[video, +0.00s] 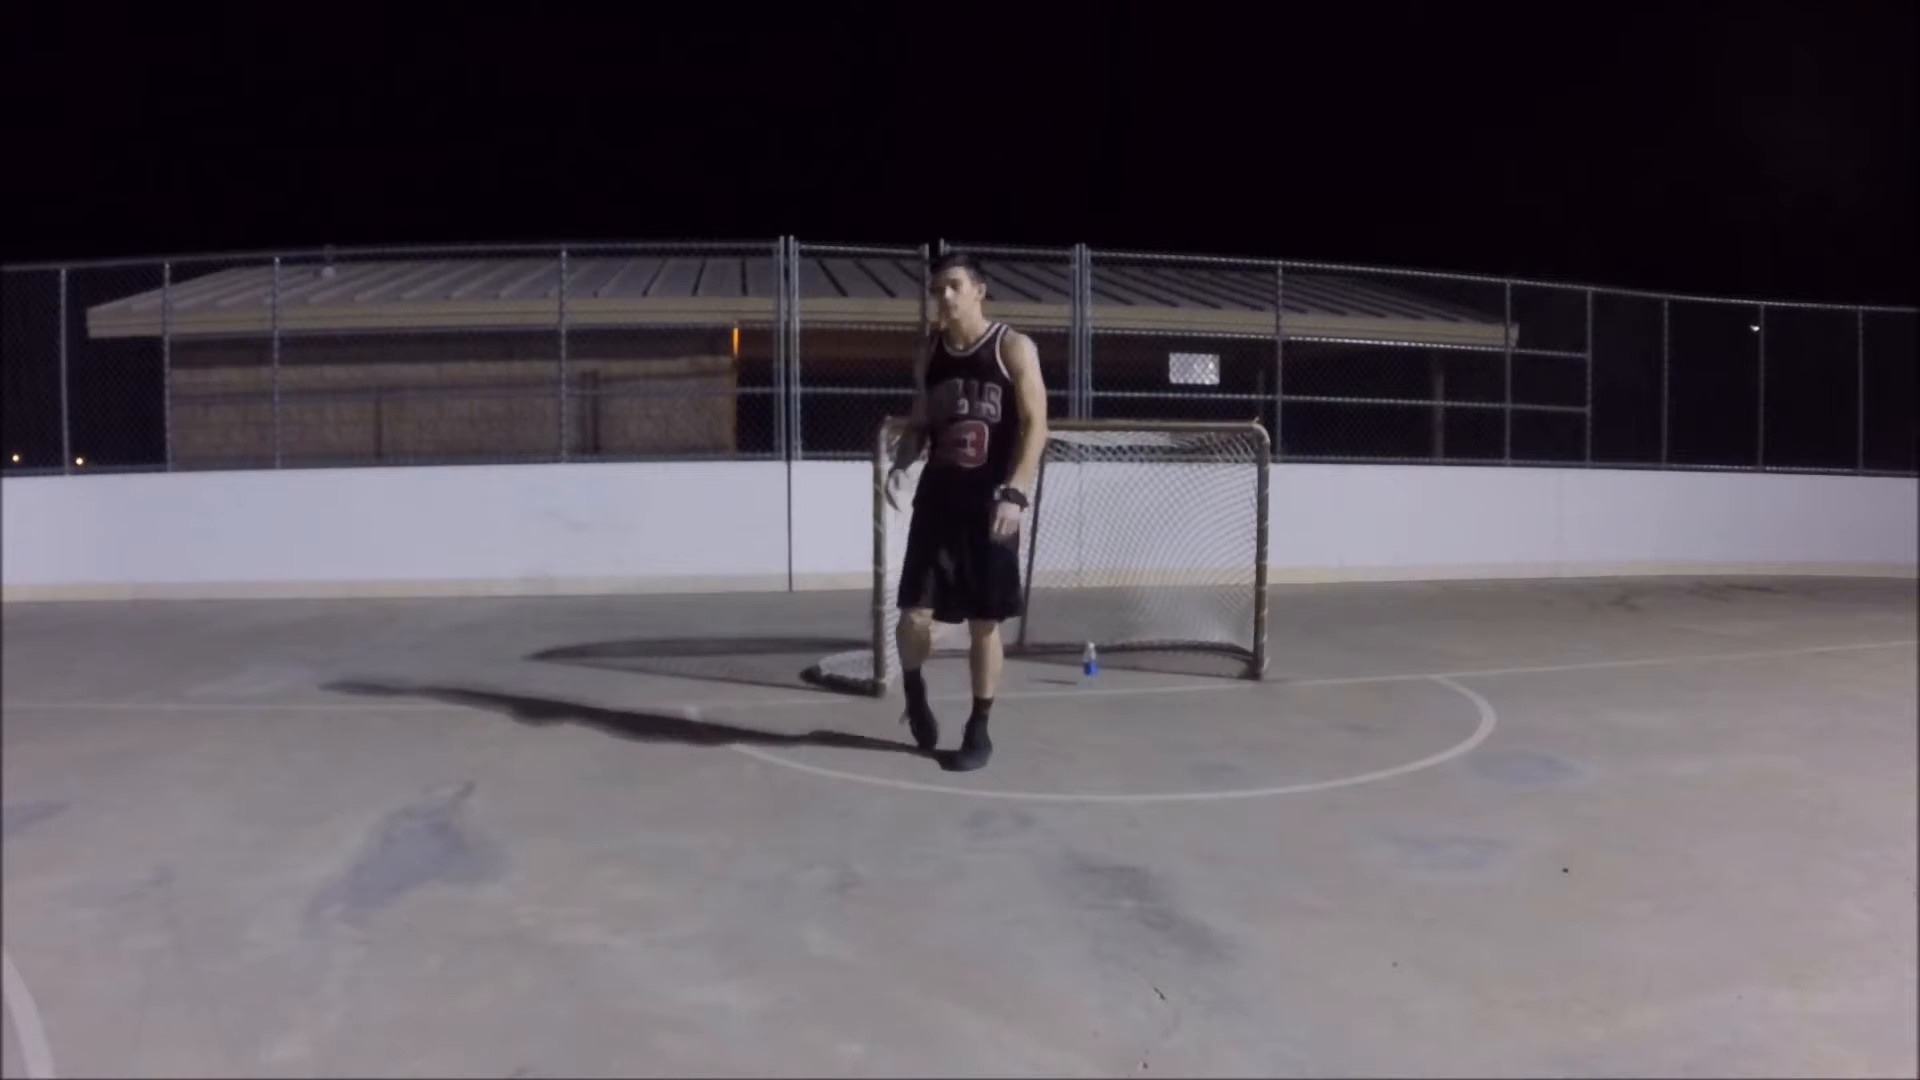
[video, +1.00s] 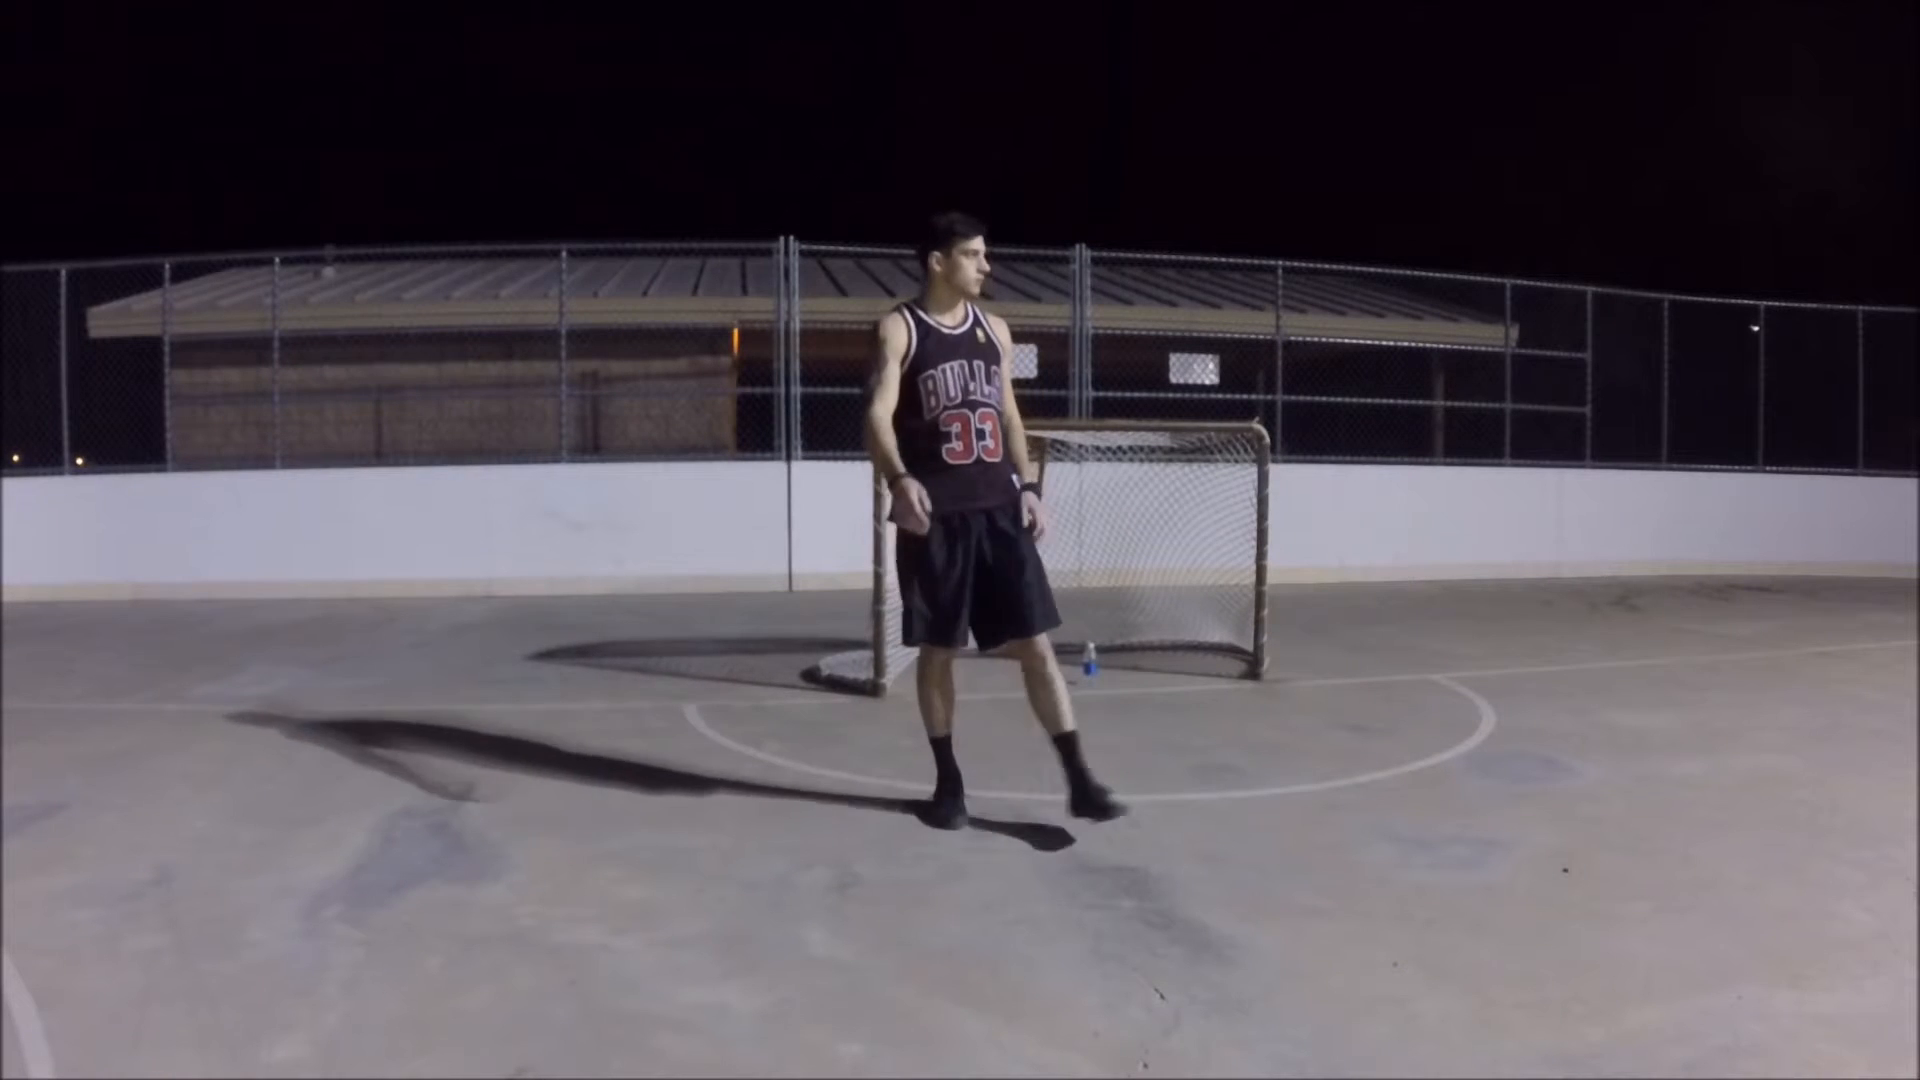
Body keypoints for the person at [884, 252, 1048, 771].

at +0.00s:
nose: (943, 296)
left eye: (953, 286)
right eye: (937, 289)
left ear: (979, 291)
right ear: (931, 298)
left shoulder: (1013, 347)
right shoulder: (930, 351)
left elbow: (1036, 424)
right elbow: (923, 423)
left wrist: (1016, 492)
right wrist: (900, 451)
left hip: (991, 499)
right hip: (938, 496)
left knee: (984, 621)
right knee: (914, 618)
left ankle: (977, 730)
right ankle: (914, 688)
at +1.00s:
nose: (983, 266)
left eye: (984, 256)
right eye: (971, 256)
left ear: (980, 264)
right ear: (936, 262)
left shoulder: (993, 327)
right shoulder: (901, 326)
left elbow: (1009, 415)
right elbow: (878, 414)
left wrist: (1028, 484)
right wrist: (898, 478)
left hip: (1001, 511)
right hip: (935, 517)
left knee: (1037, 647)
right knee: (938, 651)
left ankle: (1081, 782)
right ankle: (948, 784)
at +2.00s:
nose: (1067, 241)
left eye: (1067, 231)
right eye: (1054, 232)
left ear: (1064, 243)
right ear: (1014, 243)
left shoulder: (1103, 315)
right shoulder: (976, 326)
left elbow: (1139, 408)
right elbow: (956, 423)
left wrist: (1155, 495)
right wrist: (944, 508)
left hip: (1088, 522)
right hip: (1011, 524)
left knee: (1076, 668)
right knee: (989, 662)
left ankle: (1065, 818)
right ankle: (960, 764)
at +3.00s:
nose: (1052, 230)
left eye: (1059, 219)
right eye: (1037, 225)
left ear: (1081, 232)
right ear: (1021, 247)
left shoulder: (1124, 320)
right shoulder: (999, 316)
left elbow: (1152, 423)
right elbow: (970, 423)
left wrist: (1167, 521)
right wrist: (968, 515)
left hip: (1093, 524)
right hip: (1016, 522)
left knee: (1079, 673)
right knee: (994, 674)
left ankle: (1064, 820)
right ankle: (955, 799)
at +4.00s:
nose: (940, 240)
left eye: (952, 229)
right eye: (930, 232)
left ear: (978, 241)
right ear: (919, 248)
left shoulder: (1018, 310)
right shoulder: (919, 325)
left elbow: (1024, 419)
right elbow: (914, 426)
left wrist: (971, 506)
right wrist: (893, 514)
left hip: (1007, 509)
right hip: (938, 508)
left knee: (1029, 664)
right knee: (944, 666)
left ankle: (1043, 746)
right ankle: (949, 806)